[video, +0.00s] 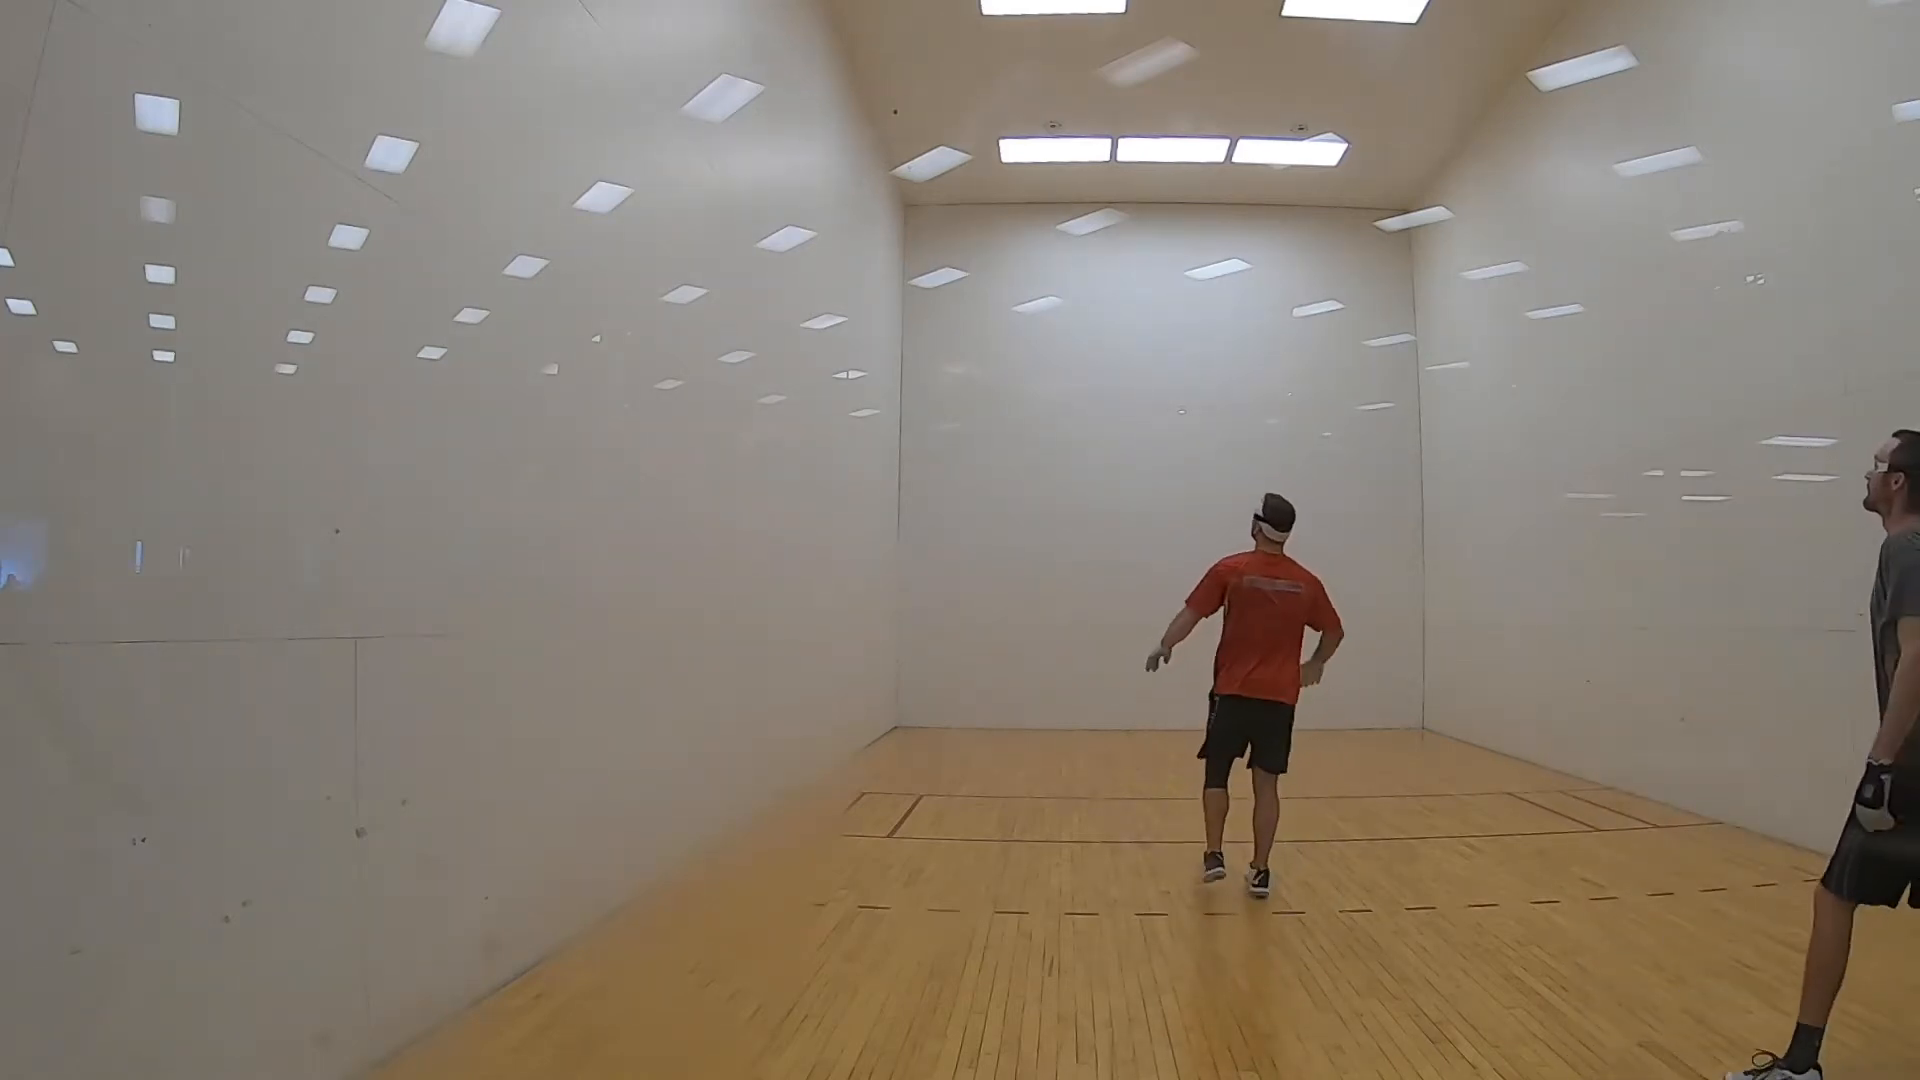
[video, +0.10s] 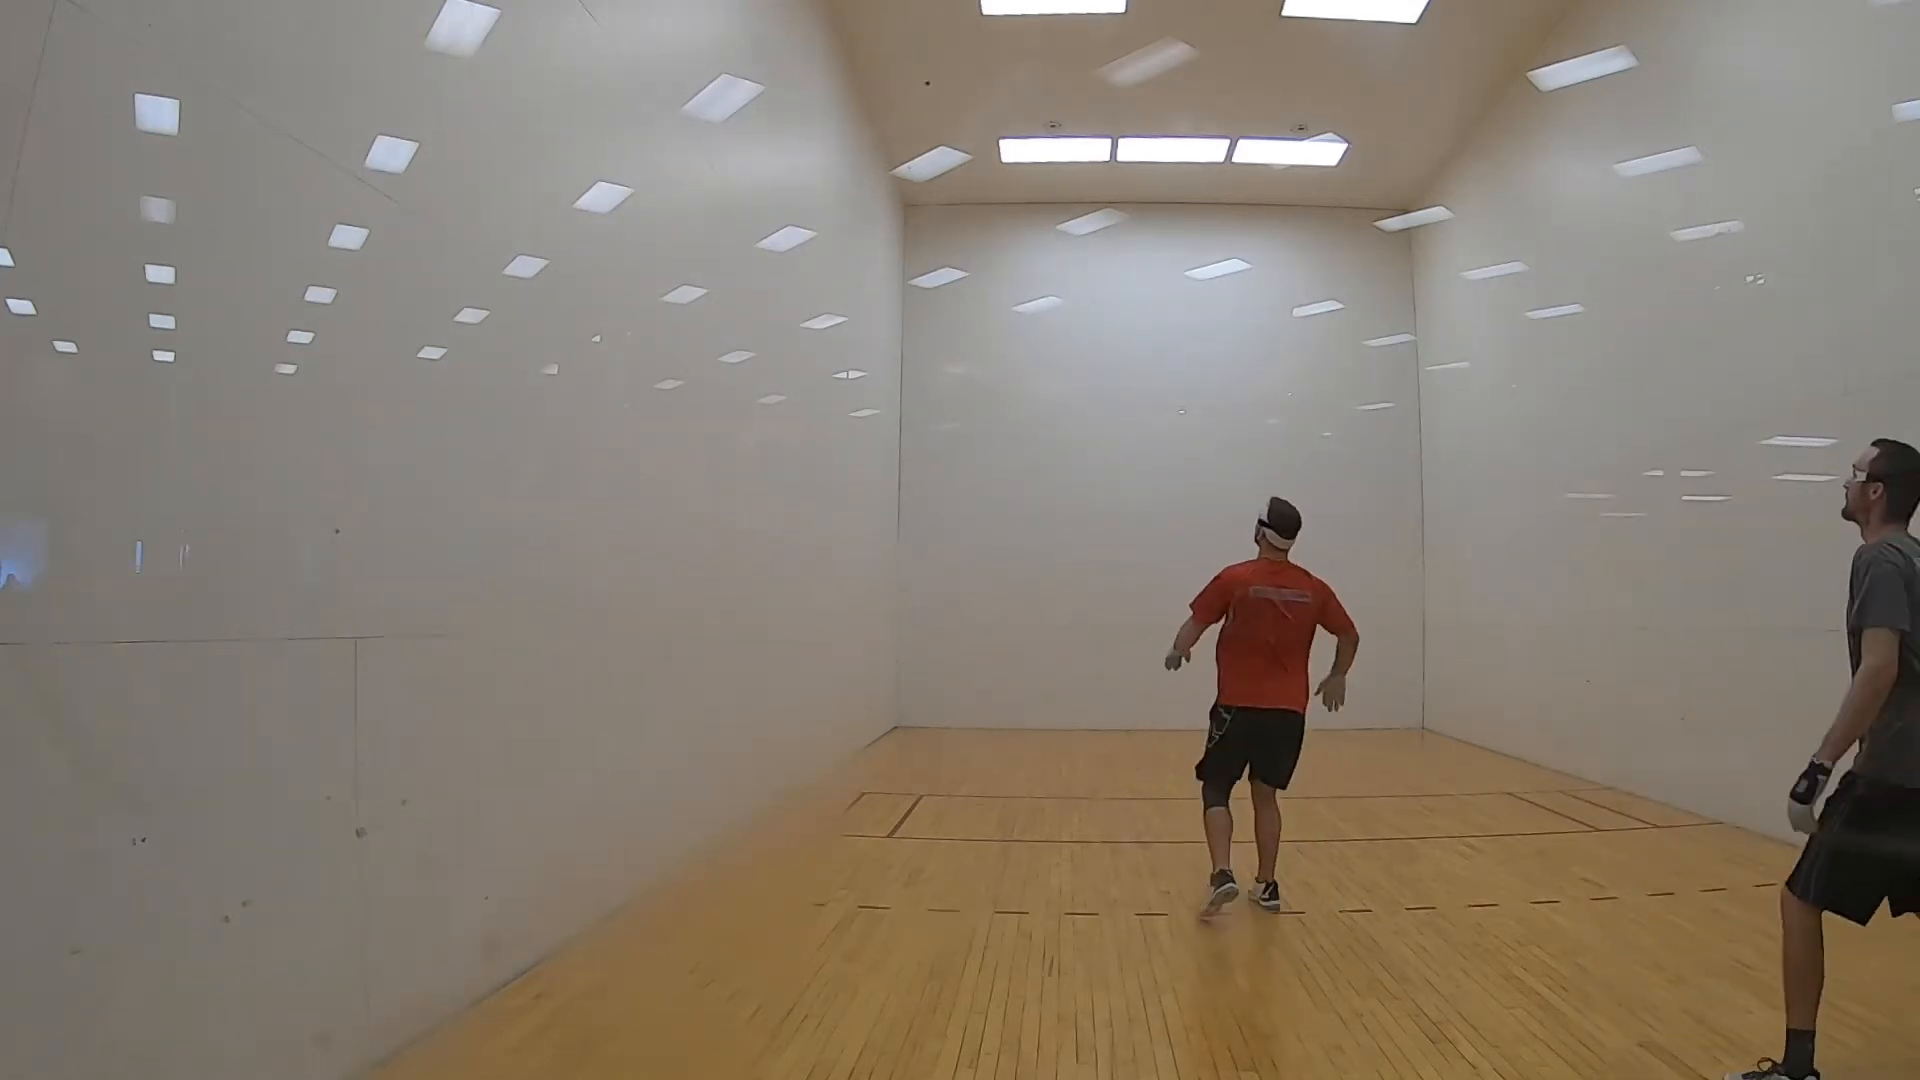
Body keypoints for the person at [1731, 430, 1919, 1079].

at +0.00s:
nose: (1868, 477)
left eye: (1875, 468)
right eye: (1873, 467)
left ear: (1896, 482)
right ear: (1904, 482)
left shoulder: (1907, 551)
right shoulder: (1901, 548)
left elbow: (1915, 656)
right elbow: (1909, 658)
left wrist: (1880, 764)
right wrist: (1884, 765)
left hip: (1904, 769)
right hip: (1901, 768)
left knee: (1834, 897)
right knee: (1833, 898)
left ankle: (1800, 1059)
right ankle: (1801, 1057)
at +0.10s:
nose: (1846, 483)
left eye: (1854, 476)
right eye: (1852, 474)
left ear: (1875, 492)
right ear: (1894, 495)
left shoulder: (1882, 559)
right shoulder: (1906, 557)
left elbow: (1880, 669)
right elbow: (1890, 674)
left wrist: (1820, 763)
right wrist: (1851, 767)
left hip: (1891, 780)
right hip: (1906, 778)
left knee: (1802, 898)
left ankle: (1796, 1062)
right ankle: (1797, 1058)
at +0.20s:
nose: (1824, 485)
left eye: (1832, 476)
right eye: (1831, 474)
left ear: (1851, 491)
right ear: (1876, 497)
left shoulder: (1848, 553)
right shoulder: (1900, 563)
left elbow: (1846, 659)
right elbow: (1893, 667)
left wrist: (1775, 749)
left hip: (1854, 779)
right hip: (1910, 782)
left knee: (1779, 901)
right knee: (1912, 906)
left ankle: (1791, 1063)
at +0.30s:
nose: (1799, 478)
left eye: (1807, 468)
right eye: (1804, 467)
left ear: (1828, 481)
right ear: (1856, 488)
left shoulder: (1816, 539)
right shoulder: (1884, 557)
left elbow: (1816, 639)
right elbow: (1885, 671)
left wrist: (1754, 723)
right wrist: (1819, 752)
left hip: (1838, 759)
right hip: (1897, 761)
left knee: (1783, 901)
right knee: (1875, 890)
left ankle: (1789, 1060)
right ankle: (1919, 1030)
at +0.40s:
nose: (1772, 481)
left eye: (1780, 472)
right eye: (1776, 471)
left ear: (1804, 485)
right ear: (1830, 490)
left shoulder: (1796, 546)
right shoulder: (1864, 558)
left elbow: (1793, 654)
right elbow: (1866, 679)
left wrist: (1723, 731)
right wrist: (1796, 758)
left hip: (1824, 764)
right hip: (1885, 766)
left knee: (1755, 900)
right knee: (1828, 896)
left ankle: (1777, 1063)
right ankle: (1870, 1045)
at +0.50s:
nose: (1745, 507)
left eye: (1752, 497)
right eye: (1750, 496)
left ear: (1777, 511)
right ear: (1804, 514)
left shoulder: (1781, 583)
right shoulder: (1843, 585)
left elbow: (1757, 706)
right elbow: (1841, 709)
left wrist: (1667, 750)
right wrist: (1777, 778)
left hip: (1800, 803)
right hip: (1857, 804)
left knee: (1705, 926)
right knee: (1806, 924)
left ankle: (1754, 1074)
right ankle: (1867, 1058)